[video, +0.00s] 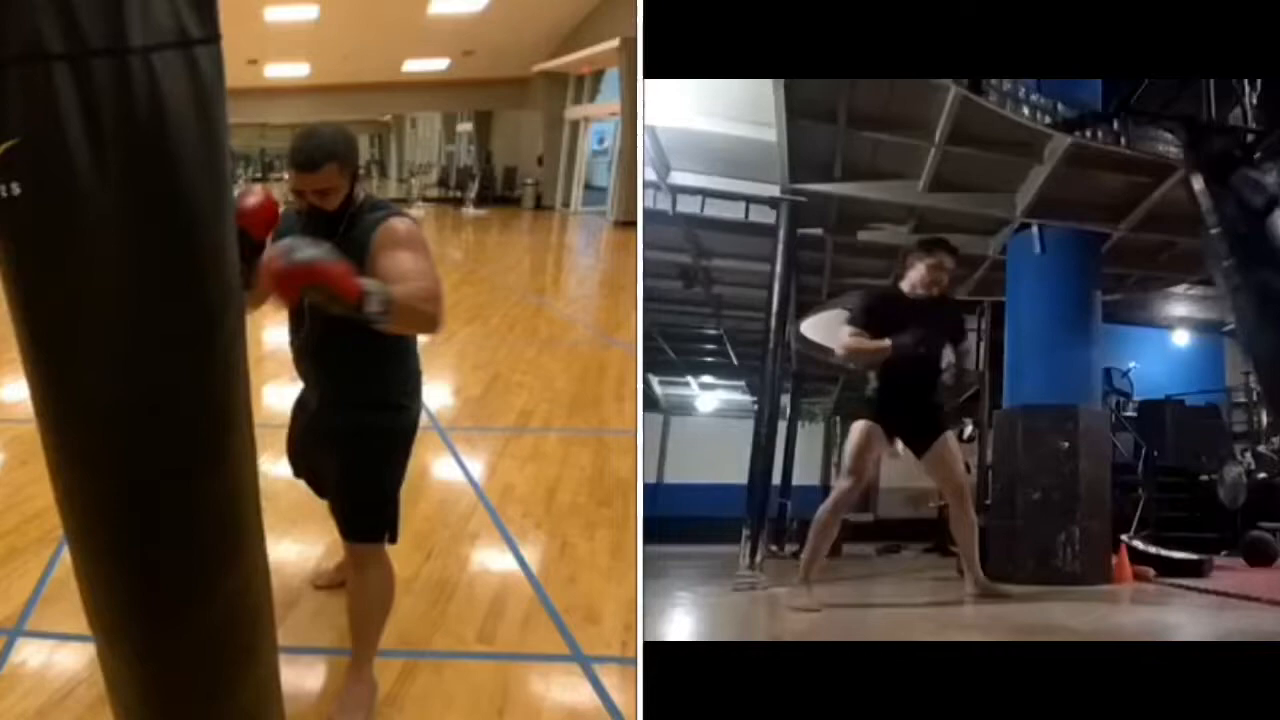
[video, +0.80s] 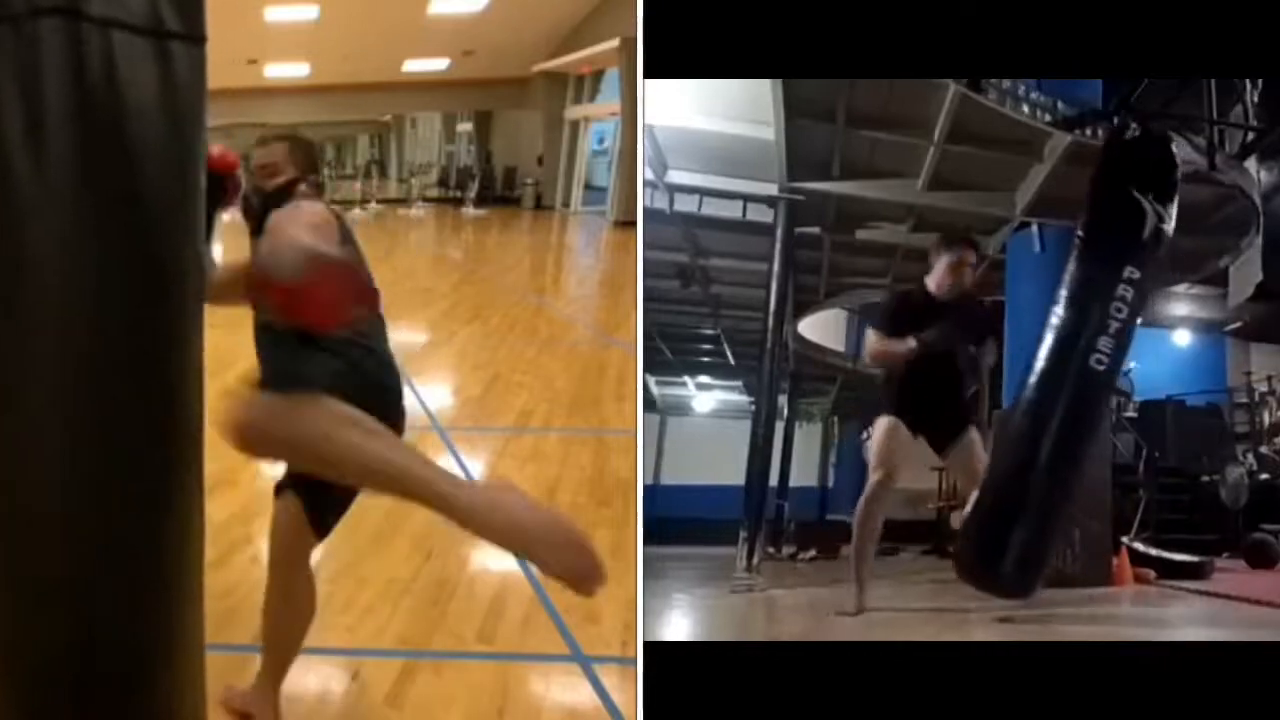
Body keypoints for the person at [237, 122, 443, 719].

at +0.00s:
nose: (313, 204)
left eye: (326, 193)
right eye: (303, 193)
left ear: (352, 179)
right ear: (291, 182)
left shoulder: (389, 229)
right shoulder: (293, 227)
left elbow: (426, 311)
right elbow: (252, 298)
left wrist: (351, 289)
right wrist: (251, 243)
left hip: (378, 408)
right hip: (321, 396)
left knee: (365, 544)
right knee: (330, 481)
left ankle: (361, 674)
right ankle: (356, 557)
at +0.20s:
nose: (320, 183)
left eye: (331, 172)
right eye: (312, 172)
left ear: (358, 160)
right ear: (300, 166)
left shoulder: (409, 218)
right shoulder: (294, 214)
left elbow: (474, 297)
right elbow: (252, 265)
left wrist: (421, 289)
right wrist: (265, 186)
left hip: (396, 387)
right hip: (328, 381)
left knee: (399, 514)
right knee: (324, 468)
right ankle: (355, 550)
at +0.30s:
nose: (320, 173)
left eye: (332, 160)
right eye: (311, 161)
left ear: (363, 149)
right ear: (301, 156)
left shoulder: (417, 209)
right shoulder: (300, 212)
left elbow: (468, 281)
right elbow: (246, 272)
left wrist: (426, 306)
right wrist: (246, 231)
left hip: (405, 384)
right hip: (330, 379)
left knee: (433, 512)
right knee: (281, 475)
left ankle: (445, 581)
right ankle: (330, 547)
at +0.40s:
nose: (330, 184)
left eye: (339, 169)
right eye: (318, 175)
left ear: (367, 166)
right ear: (309, 178)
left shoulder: (422, 229)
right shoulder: (315, 240)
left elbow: (430, 296)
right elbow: (267, 299)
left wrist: (342, 256)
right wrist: (238, 328)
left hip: (415, 405)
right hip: (339, 403)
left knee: (430, 504)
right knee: (273, 497)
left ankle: (436, 581)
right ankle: (288, 603)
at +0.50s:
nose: (318, 194)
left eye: (329, 179)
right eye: (305, 186)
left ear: (360, 179)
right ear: (295, 193)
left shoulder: (406, 230)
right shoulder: (305, 258)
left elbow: (320, 241)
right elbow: (284, 333)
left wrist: (253, 195)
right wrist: (252, 404)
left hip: (416, 424)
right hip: (334, 427)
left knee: (428, 517)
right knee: (280, 535)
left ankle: (432, 585)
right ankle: (293, 675)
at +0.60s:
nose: (291, 178)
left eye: (304, 167)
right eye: (280, 170)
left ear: (333, 173)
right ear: (271, 180)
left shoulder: (361, 217)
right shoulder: (294, 258)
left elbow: (243, 191)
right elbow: (294, 341)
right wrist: (252, 385)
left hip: (402, 429)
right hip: (320, 437)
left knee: (448, 542)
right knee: (279, 560)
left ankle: (446, 586)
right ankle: (295, 684)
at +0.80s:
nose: (256, 181)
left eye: (269, 169)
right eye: (251, 172)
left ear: (303, 175)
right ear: (251, 182)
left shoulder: (302, 214)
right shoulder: (274, 235)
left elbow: (281, 267)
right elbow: (205, 284)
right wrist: (210, 212)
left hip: (344, 381)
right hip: (360, 403)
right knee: (290, 534)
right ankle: (264, 692)